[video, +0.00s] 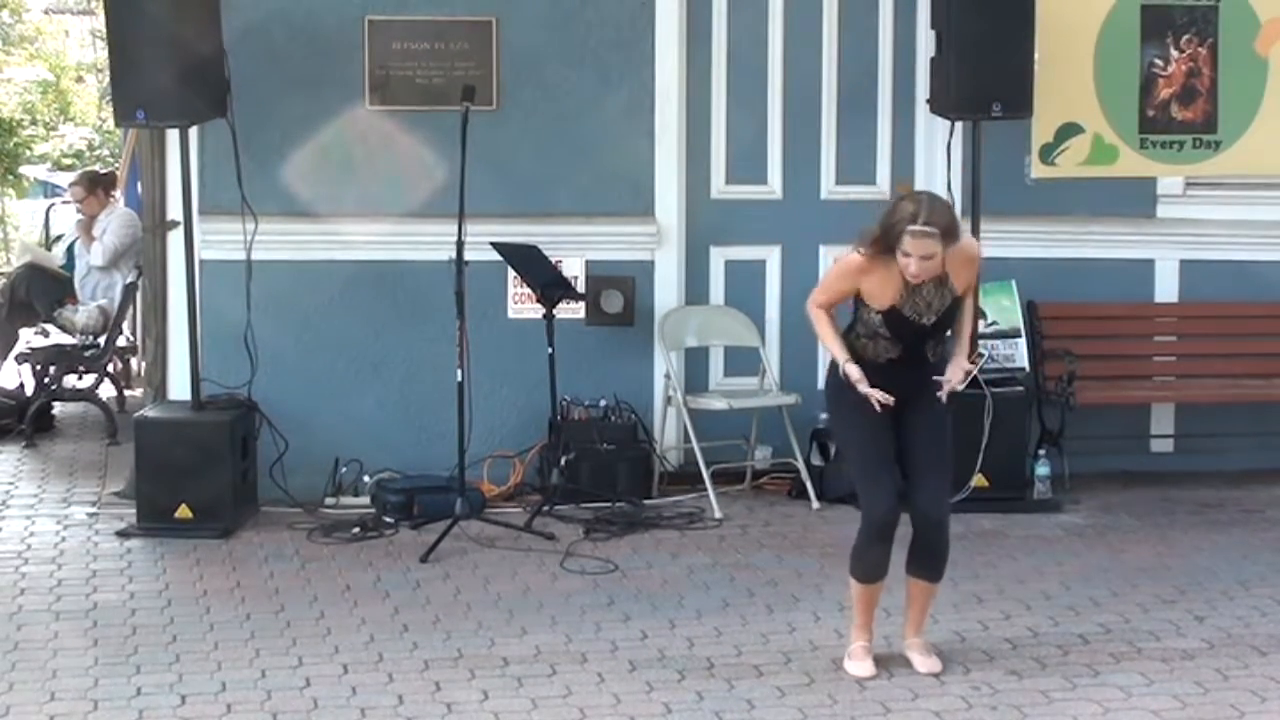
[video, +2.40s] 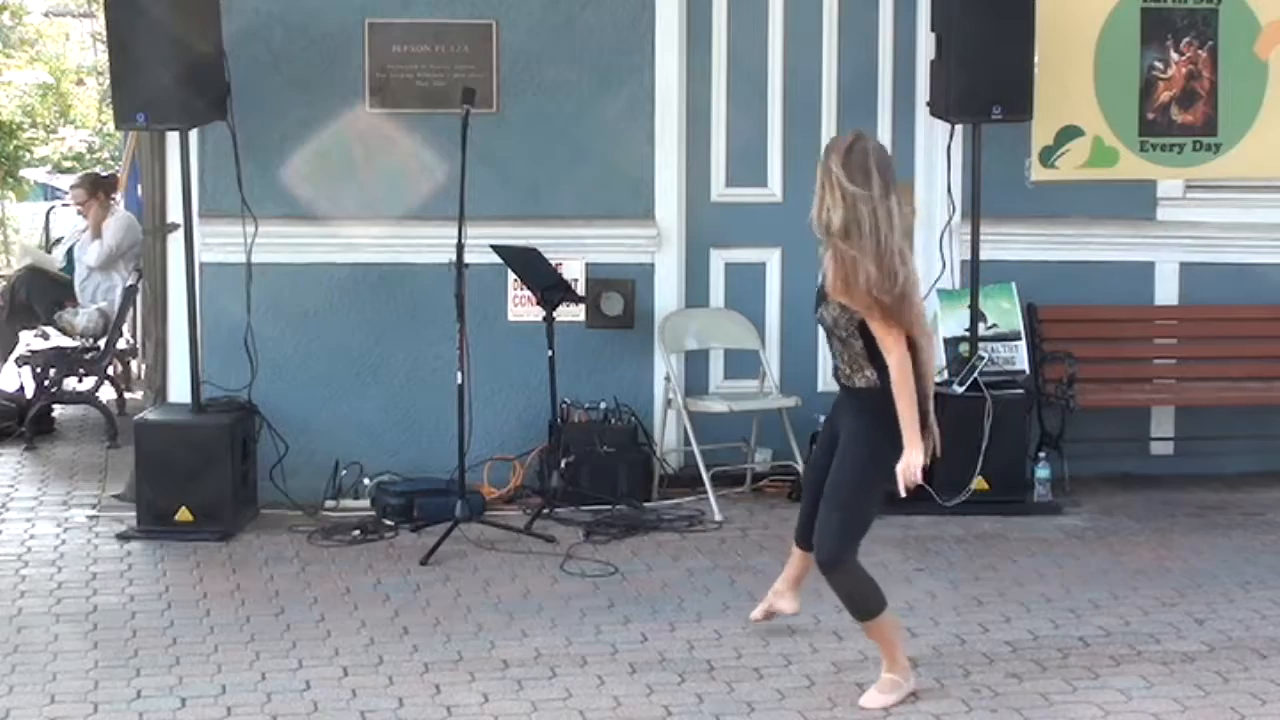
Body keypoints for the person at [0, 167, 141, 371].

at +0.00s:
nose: (77, 208)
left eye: (80, 202)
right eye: (75, 203)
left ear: (100, 194)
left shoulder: (125, 219)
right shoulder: (88, 223)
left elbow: (103, 258)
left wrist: (84, 235)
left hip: (104, 311)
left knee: (30, 274)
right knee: (14, 313)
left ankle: (6, 298)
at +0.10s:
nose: (77, 209)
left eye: (81, 202)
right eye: (75, 203)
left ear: (100, 194)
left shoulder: (125, 219)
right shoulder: (88, 223)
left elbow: (103, 258)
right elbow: (59, 259)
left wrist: (85, 235)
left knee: (29, 275)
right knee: (13, 313)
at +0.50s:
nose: (77, 209)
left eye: (80, 203)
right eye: (75, 204)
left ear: (100, 195)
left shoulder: (125, 220)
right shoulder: (87, 223)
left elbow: (103, 258)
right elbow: (58, 259)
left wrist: (84, 235)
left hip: (104, 309)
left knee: (29, 275)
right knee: (13, 312)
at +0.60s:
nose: (77, 209)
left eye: (81, 203)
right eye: (75, 204)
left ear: (100, 195)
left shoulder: (125, 220)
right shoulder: (88, 224)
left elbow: (103, 259)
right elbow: (59, 259)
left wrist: (84, 236)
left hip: (104, 310)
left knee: (29, 275)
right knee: (11, 313)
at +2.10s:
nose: (78, 211)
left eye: (81, 204)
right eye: (76, 206)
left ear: (98, 198)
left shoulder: (123, 221)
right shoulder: (86, 229)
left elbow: (97, 258)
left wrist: (95, 223)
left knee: (29, 278)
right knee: (12, 316)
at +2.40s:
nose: (78, 211)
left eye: (82, 204)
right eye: (76, 205)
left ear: (100, 198)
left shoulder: (124, 222)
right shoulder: (85, 229)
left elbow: (98, 259)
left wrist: (95, 223)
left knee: (29, 278)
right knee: (13, 316)